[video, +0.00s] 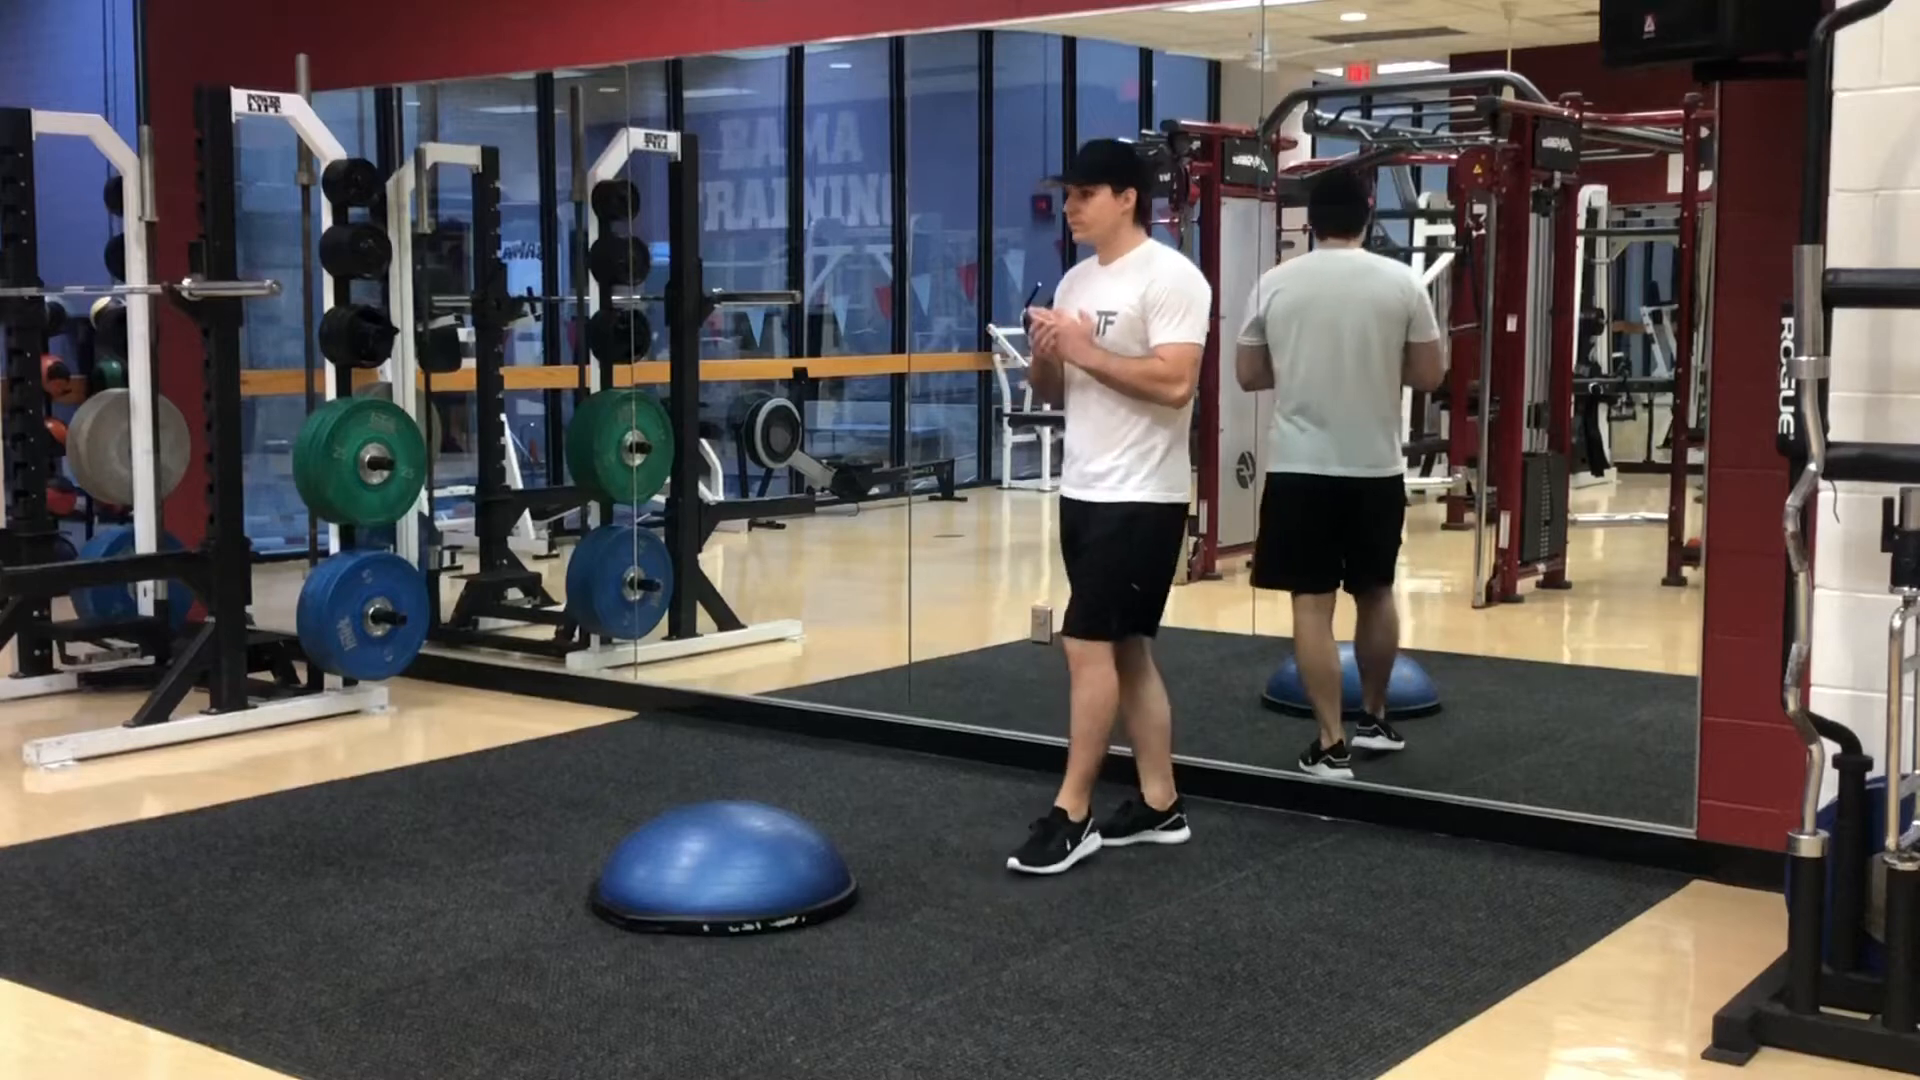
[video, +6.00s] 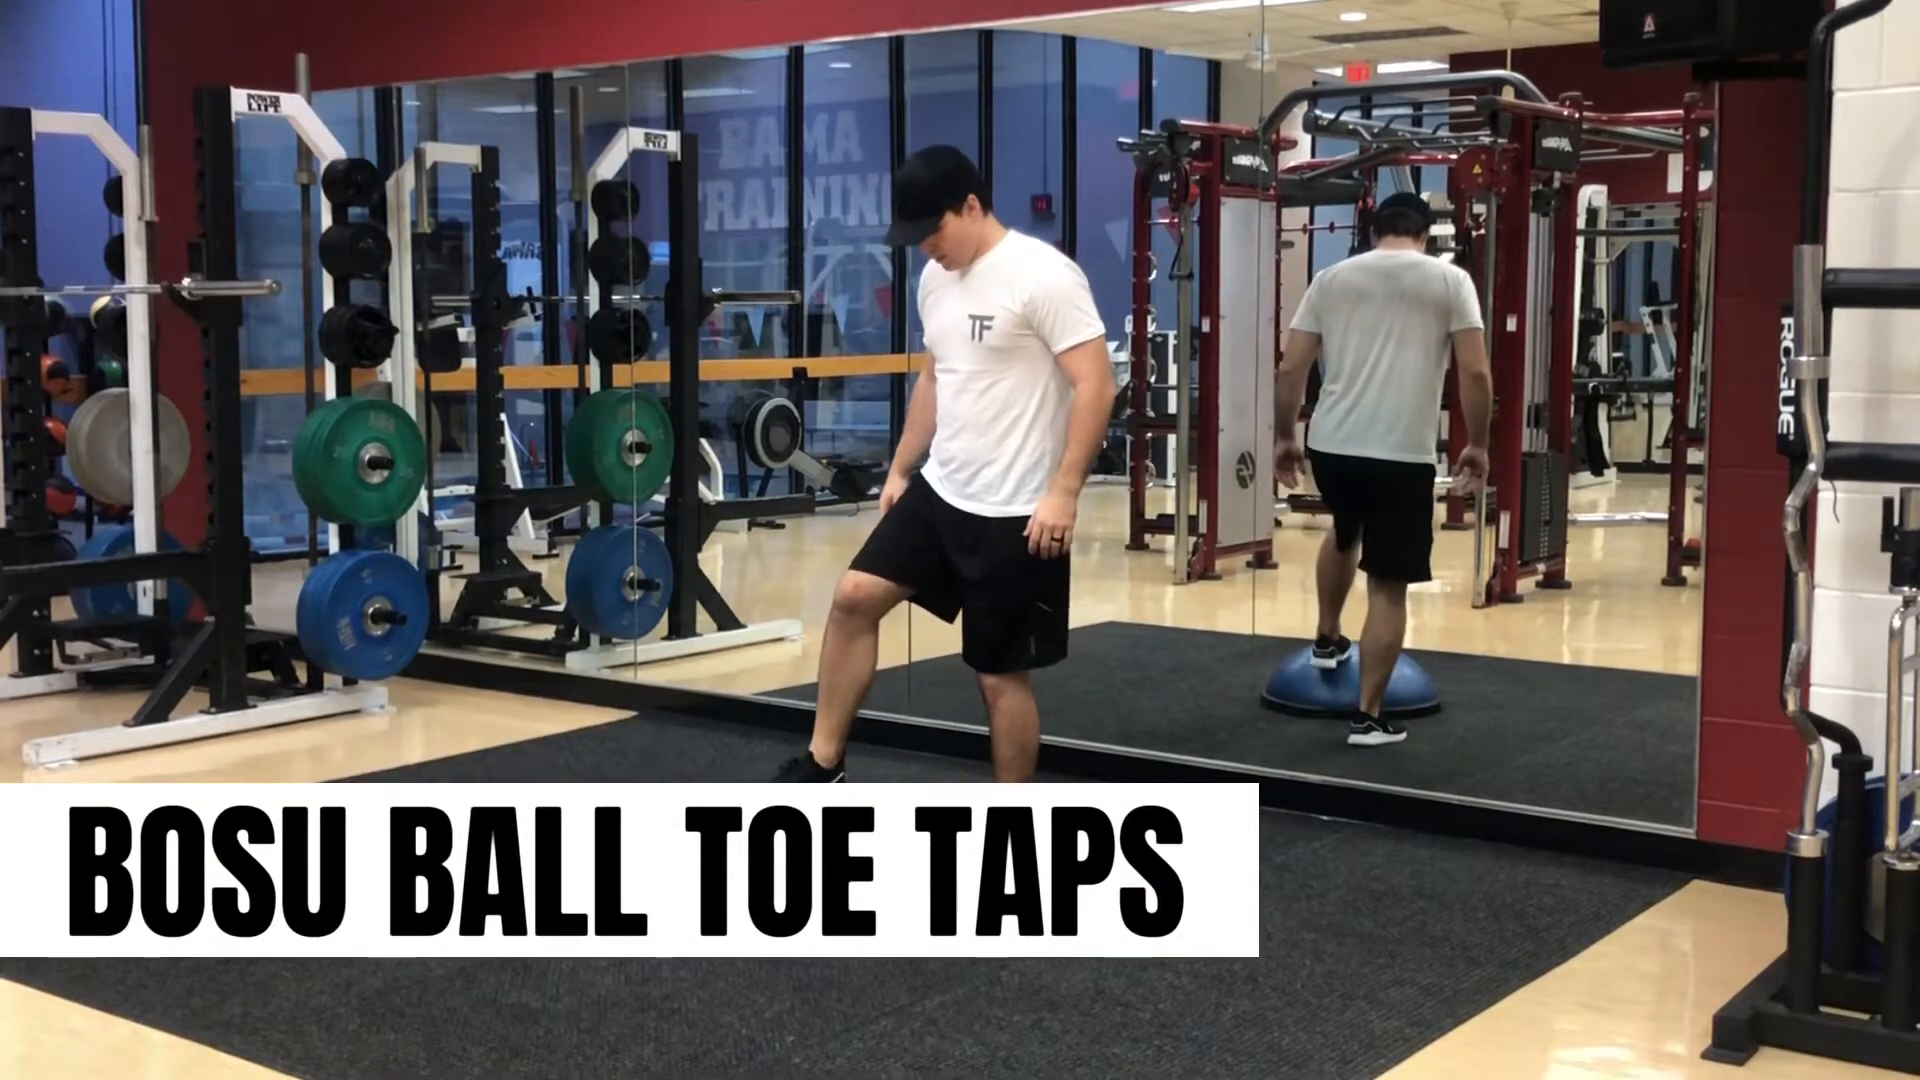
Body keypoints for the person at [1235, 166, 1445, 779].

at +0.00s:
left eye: (1322, 218)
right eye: (1357, 217)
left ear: (1311, 222)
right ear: (1367, 221)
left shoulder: (1277, 282)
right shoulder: (1402, 282)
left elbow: (1250, 374)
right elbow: (1428, 373)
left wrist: (1309, 361)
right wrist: (1375, 358)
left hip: (1300, 472)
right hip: (1375, 471)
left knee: (1312, 604)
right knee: (1376, 592)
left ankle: (1331, 745)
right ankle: (1375, 721)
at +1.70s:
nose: (1369, 218)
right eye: (1369, 209)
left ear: (1309, 218)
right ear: (1367, 214)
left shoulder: (1275, 285)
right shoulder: (1400, 282)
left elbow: (1266, 384)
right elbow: (1420, 381)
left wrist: (1320, 399)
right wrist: (1392, 419)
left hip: (1300, 474)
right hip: (1377, 474)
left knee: (1314, 606)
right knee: (1375, 604)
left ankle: (1331, 745)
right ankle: (1370, 727)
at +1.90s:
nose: (1372, 229)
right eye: (1373, 221)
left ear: (1312, 225)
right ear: (1368, 222)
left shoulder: (1275, 287)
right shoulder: (1402, 283)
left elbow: (1248, 387)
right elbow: (1438, 380)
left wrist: (1246, 457)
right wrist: (1464, 459)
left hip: (1300, 476)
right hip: (1380, 476)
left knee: (1315, 607)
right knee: (1376, 603)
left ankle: (1331, 744)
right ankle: (1371, 728)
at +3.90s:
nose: (1428, 244)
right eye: (1432, 237)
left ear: (1376, 232)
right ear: (1430, 235)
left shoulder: (1334, 277)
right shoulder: (1451, 282)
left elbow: (1294, 366)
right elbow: (1475, 381)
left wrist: (1288, 435)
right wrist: (1484, 452)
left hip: (1334, 462)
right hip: (1407, 468)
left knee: (1332, 577)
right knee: (1390, 596)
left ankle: (1316, 704)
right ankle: (1370, 722)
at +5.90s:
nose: (1419, 246)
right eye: (1426, 239)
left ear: (1375, 234)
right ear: (1425, 238)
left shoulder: (1332, 277)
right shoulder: (1451, 280)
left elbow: (1290, 366)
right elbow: (1474, 372)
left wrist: (1285, 436)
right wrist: (1478, 444)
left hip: (1330, 447)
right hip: (1404, 458)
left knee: (1344, 528)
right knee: (1388, 589)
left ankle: (1327, 638)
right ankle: (1369, 717)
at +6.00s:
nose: (1419, 246)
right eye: (1426, 239)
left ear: (1373, 234)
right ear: (1424, 238)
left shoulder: (1331, 278)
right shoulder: (1450, 279)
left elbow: (1291, 368)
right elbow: (1474, 372)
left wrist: (1285, 436)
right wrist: (1478, 444)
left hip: (1331, 448)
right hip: (1404, 459)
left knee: (1344, 531)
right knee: (1388, 590)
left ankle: (1327, 640)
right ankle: (1369, 717)